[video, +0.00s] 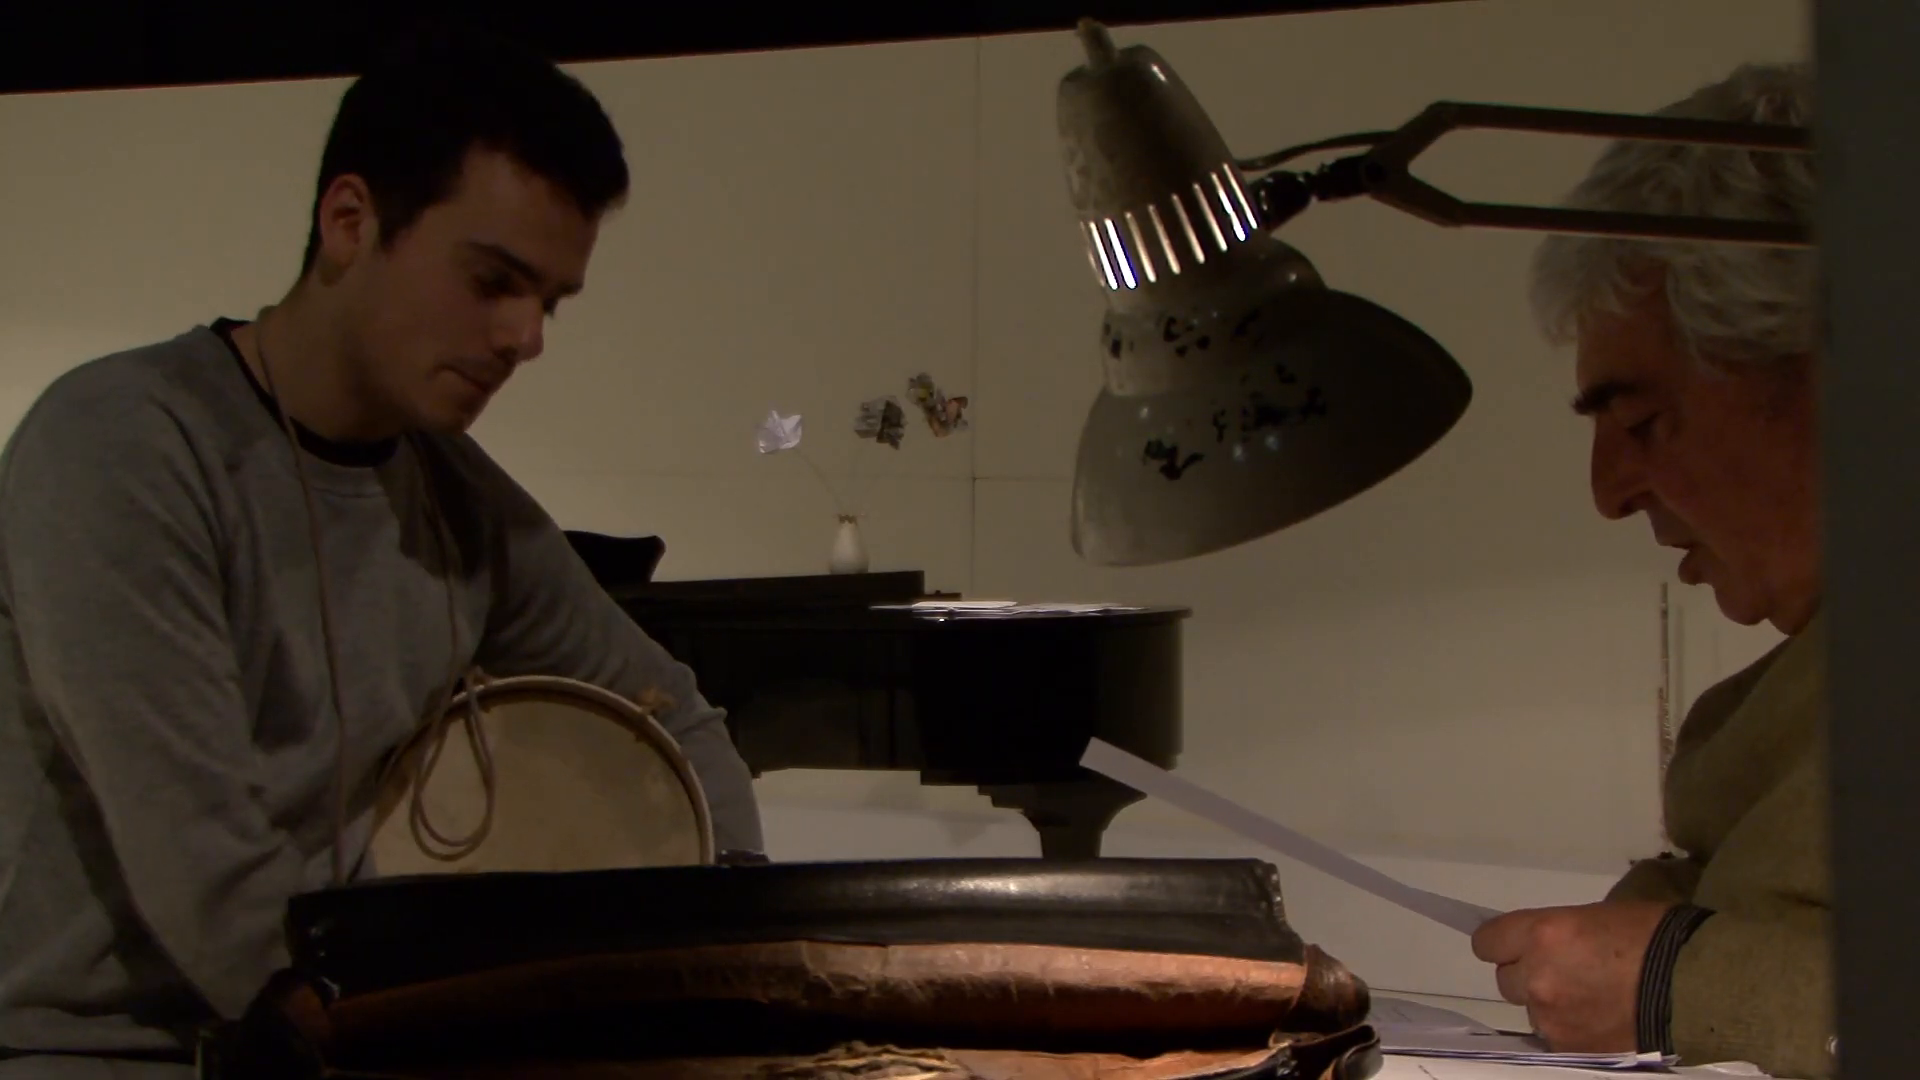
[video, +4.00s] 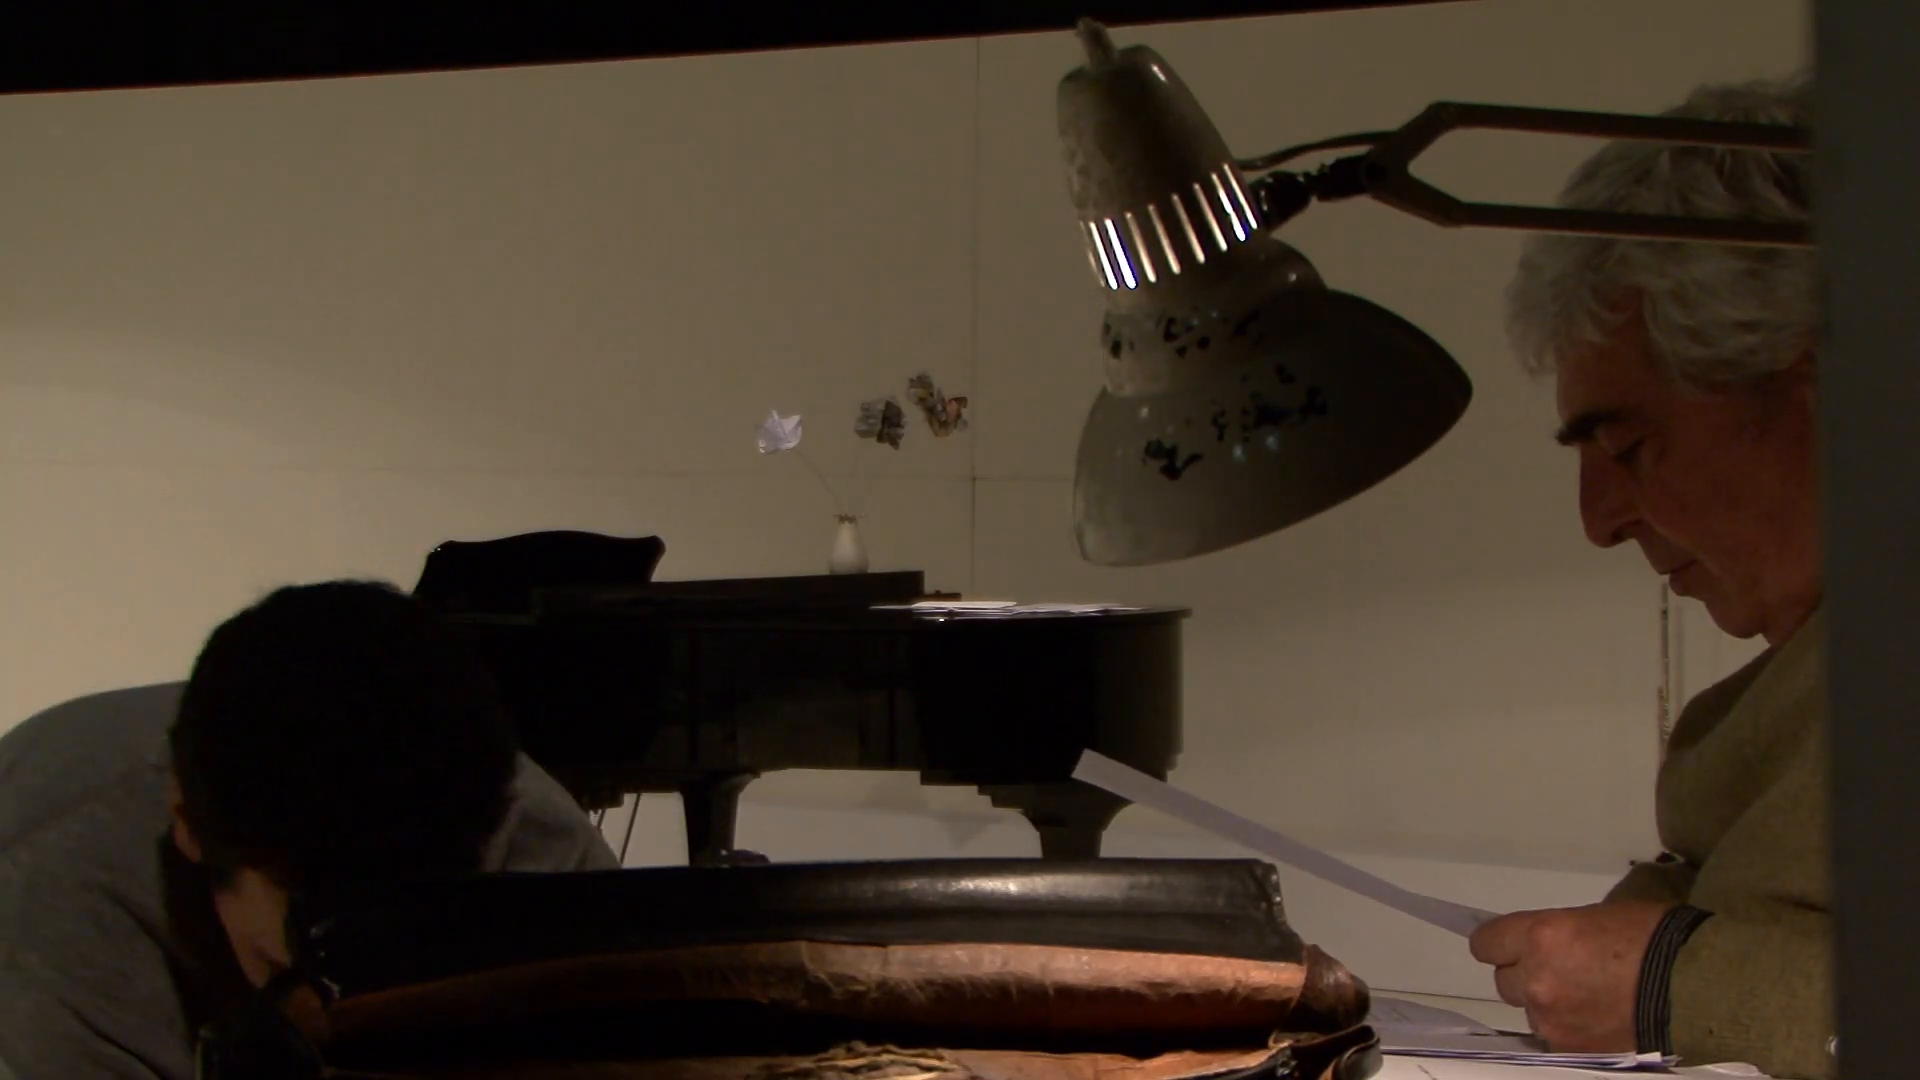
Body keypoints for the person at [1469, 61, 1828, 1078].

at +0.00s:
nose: (1612, 495)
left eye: (1640, 418)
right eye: (1602, 430)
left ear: (1823, 367)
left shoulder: (1869, 658)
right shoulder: (1798, 672)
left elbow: (1888, 1005)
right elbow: (1759, 880)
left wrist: (1675, 985)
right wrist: (1651, 933)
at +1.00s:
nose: (1609, 505)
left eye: (1636, 428)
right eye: (1597, 438)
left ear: (1819, 370)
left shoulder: (1876, 660)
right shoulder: (1803, 671)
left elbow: (1894, 1006)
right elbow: (1749, 871)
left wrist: (1674, 984)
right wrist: (1651, 930)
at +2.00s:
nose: (1603, 514)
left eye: (1628, 435)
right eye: (1591, 449)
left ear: (1807, 378)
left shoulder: (1874, 658)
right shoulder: (1794, 675)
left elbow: (1893, 1004)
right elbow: (1747, 871)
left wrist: (1674, 983)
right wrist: (1653, 931)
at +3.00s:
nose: (1603, 517)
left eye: (1627, 438)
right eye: (1591, 451)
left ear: (1806, 379)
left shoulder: (1872, 656)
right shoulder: (1797, 668)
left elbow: (1889, 1007)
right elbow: (1741, 872)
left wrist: (1673, 983)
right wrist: (1649, 934)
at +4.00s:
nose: (1601, 520)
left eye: (1623, 440)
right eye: (1589, 455)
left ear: (1806, 379)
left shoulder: (1873, 653)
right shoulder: (1796, 666)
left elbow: (1894, 1005)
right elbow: (1727, 869)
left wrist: (1674, 985)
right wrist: (1641, 946)